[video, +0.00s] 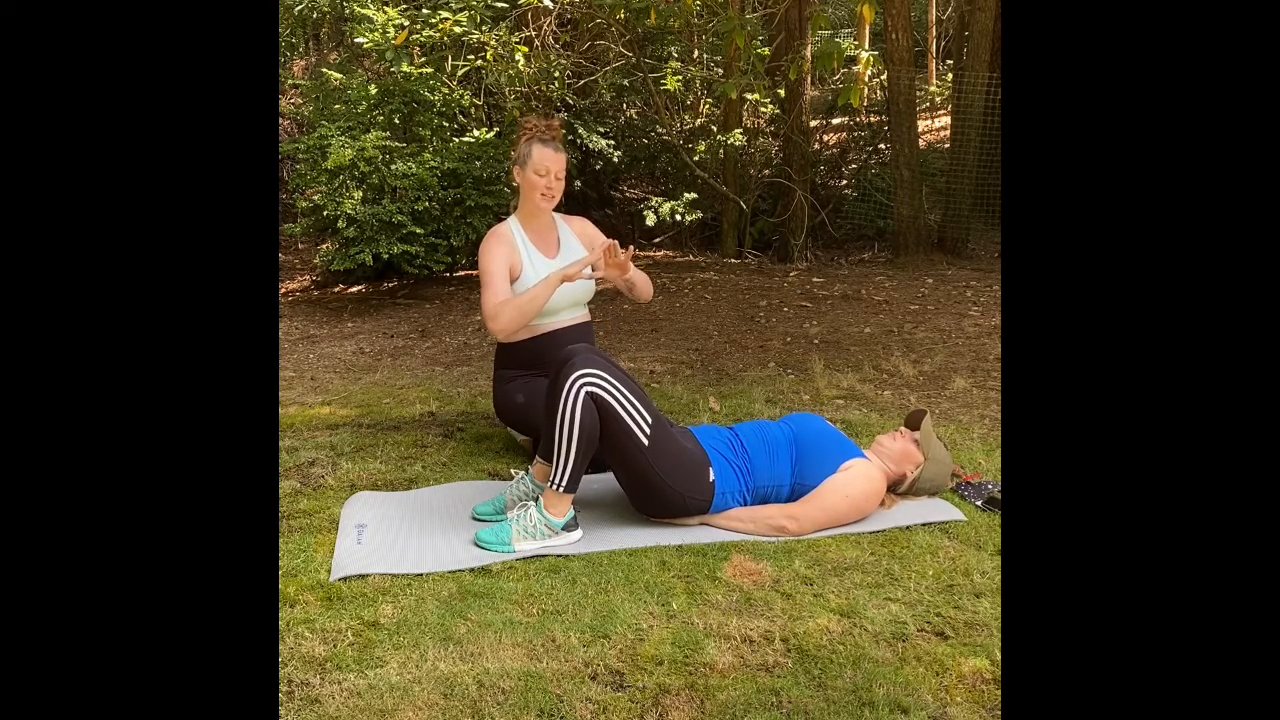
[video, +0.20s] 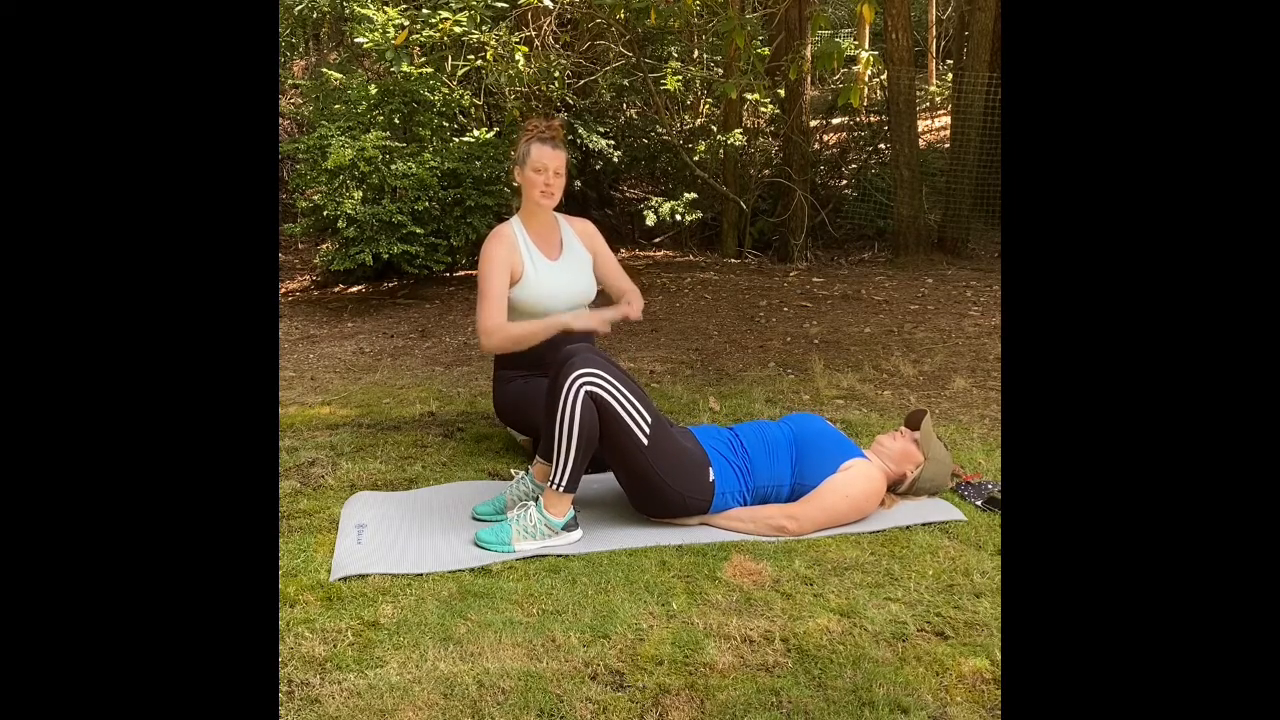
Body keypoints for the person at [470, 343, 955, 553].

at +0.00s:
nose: (896, 433)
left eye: (907, 439)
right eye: (905, 430)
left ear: (908, 470)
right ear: (898, 446)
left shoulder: (864, 480)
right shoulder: (847, 457)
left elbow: (795, 520)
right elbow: (777, 498)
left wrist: (712, 516)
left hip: (694, 483)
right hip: (679, 455)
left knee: (586, 374)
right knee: (585, 365)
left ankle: (553, 510)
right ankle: (541, 484)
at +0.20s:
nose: (897, 433)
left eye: (908, 440)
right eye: (906, 430)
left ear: (908, 470)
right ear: (898, 446)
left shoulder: (864, 480)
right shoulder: (846, 457)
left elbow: (795, 521)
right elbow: (776, 498)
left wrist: (711, 516)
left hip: (693, 482)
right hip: (677, 455)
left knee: (583, 368)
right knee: (568, 360)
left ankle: (553, 509)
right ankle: (543, 482)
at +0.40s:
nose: (896, 433)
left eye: (908, 439)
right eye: (905, 430)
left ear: (908, 470)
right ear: (898, 447)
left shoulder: (864, 479)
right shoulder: (846, 457)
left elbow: (795, 521)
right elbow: (777, 499)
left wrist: (712, 516)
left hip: (693, 483)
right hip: (677, 456)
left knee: (586, 368)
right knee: (570, 357)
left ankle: (553, 509)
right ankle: (541, 484)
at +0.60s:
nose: (897, 433)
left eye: (908, 439)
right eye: (905, 430)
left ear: (908, 471)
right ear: (897, 445)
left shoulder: (865, 479)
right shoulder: (846, 456)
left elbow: (795, 521)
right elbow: (777, 498)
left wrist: (710, 515)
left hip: (693, 482)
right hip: (678, 456)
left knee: (585, 367)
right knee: (571, 357)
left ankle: (553, 510)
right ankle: (541, 483)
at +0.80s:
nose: (896, 432)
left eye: (907, 439)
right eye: (905, 430)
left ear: (908, 470)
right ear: (899, 447)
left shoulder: (864, 479)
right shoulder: (846, 457)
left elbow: (795, 521)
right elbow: (777, 499)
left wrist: (711, 516)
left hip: (693, 482)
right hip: (677, 456)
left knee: (585, 368)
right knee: (574, 356)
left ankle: (553, 509)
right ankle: (541, 484)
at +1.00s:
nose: (897, 433)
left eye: (908, 439)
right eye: (906, 430)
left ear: (908, 470)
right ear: (898, 446)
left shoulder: (864, 479)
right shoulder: (846, 457)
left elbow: (795, 521)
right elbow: (777, 499)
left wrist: (710, 516)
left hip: (693, 482)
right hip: (678, 456)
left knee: (586, 369)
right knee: (576, 355)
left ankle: (553, 510)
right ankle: (542, 483)